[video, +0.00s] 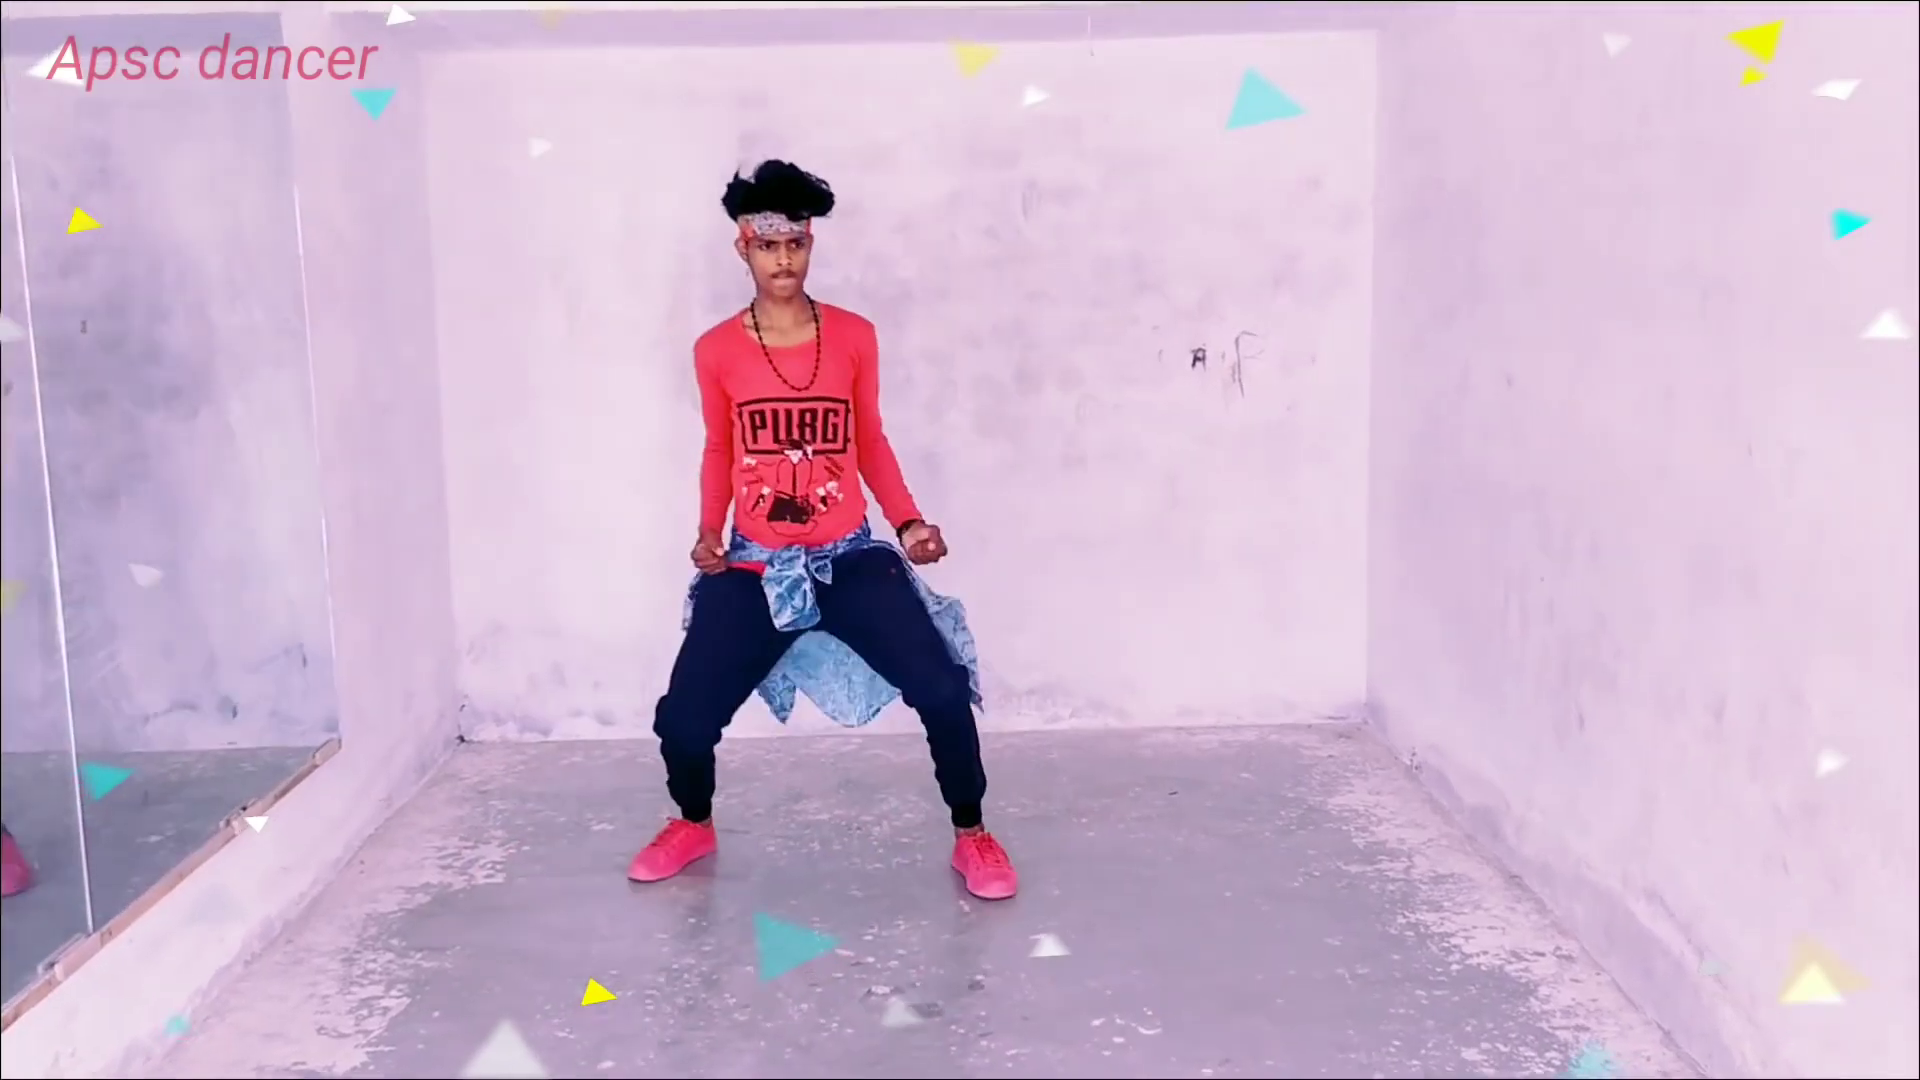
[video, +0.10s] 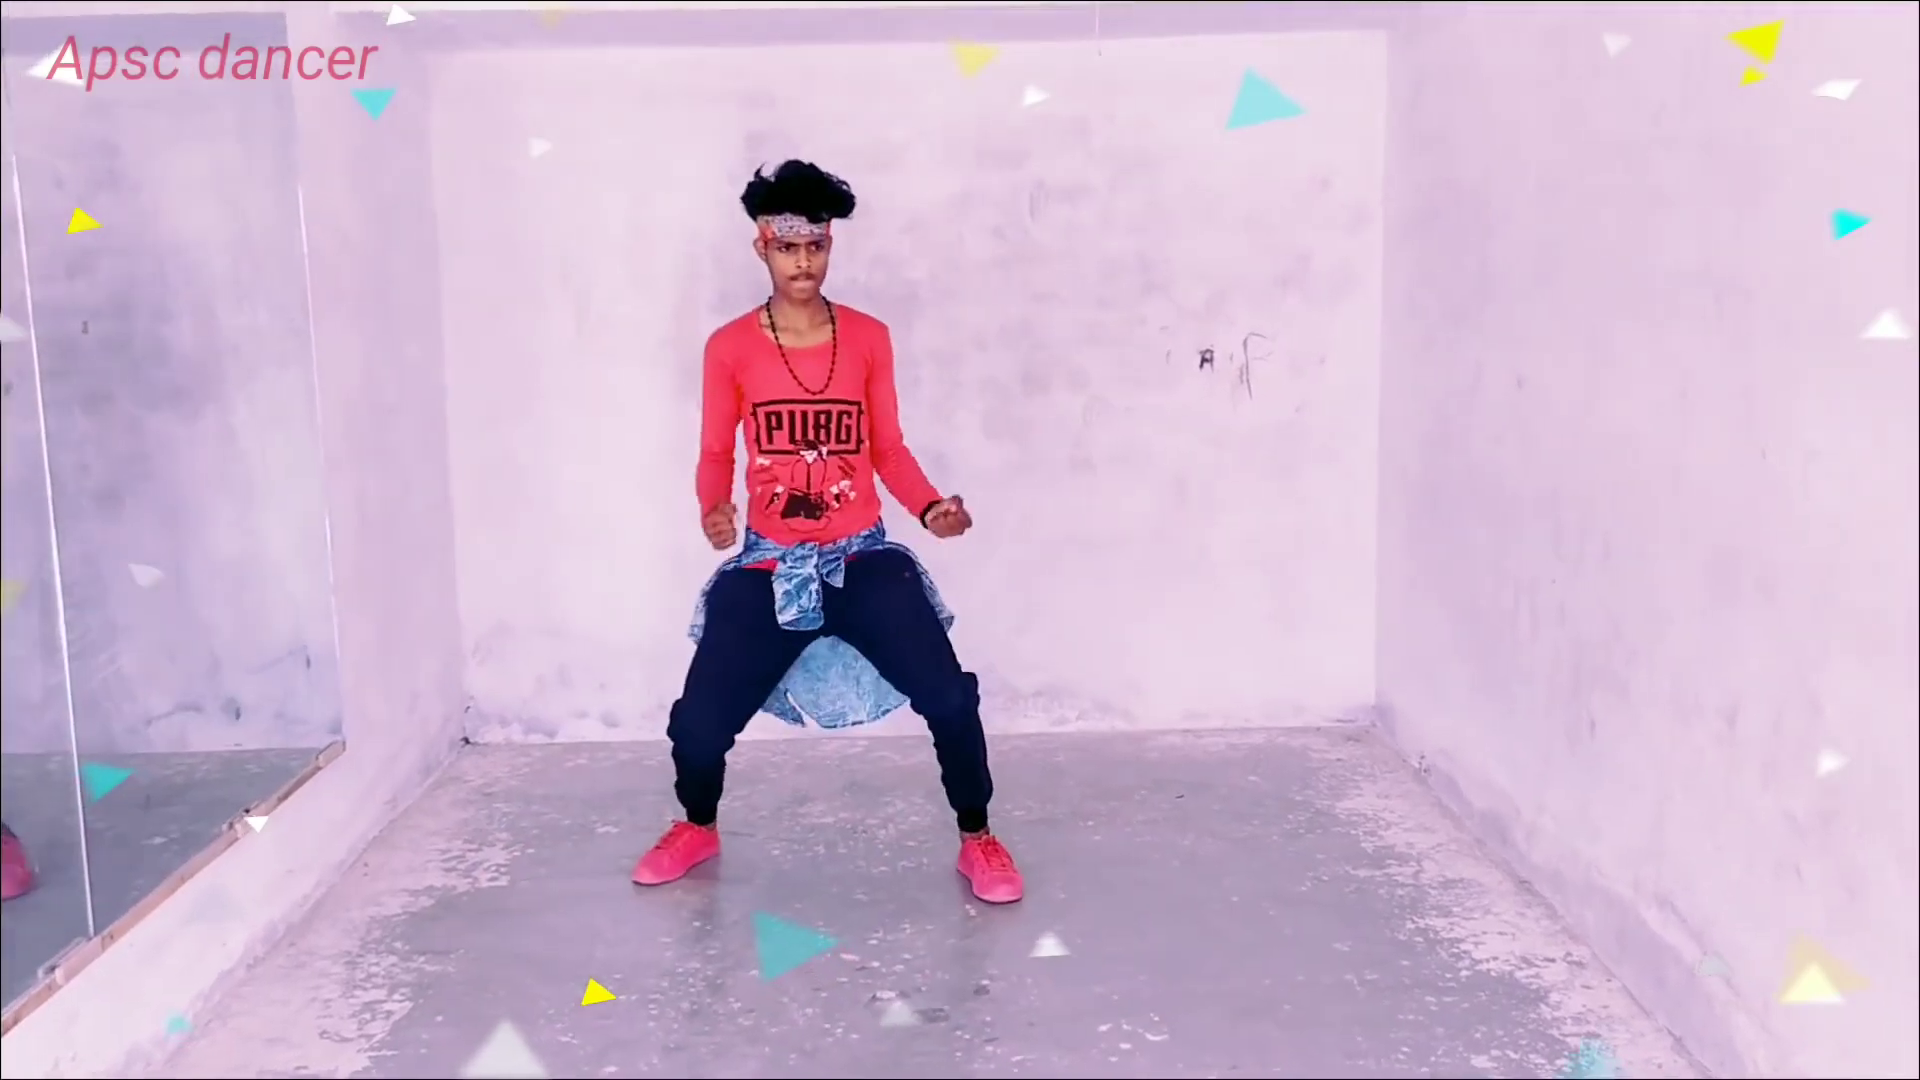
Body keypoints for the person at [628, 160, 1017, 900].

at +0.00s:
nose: (784, 259)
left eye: (796, 242)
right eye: (769, 244)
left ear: (812, 248)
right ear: (743, 249)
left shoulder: (853, 337)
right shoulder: (716, 350)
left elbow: (869, 440)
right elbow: (720, 446)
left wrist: (908, 522)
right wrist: (710, 530)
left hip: (847, 561)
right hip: (752, 566)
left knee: (944, 691)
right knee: (683, 721)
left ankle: (973, 835)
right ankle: (693, 825)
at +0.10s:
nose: (804, 263)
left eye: (816, 246)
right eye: (787, 247)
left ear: (832, 250)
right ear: (761, 251)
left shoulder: (867, 338)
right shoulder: (730, 347)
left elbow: (887, 447)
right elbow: (715, 454)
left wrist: (930, 505)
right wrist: (714, 506)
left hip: (861, 563)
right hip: (765, 568)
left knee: (950, 697)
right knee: (696, 728)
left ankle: (978, 838)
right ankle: (698, 828)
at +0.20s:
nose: (822, 269)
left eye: (834, 251)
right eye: (805, 253)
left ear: (850, 254)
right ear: (779, 257)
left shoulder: (884, 339)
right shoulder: (748, 343)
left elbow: (910, 454)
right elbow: (726, 460)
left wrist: (935, 464)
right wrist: (743, 484)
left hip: (877, 560)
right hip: (783, 563)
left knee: (955, 707)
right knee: (710, 729)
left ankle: (985, 842)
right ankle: (705, 831)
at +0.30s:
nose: (843, 267)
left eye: (855, 250)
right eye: (826, 252)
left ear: (872, 252)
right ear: (801, 256)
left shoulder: (909, 344)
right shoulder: (773, 352)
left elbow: (927, 473)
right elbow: (767, 465)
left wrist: (926, 443)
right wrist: (780, 516)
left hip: (892, 572)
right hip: (799, 575)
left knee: (973, 713)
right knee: (724, 738)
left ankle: (993, 845)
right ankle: (709, 834)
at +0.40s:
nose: (867, 263)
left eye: (878, 244)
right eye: (849, 248)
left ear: (897, 244)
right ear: (827, 251)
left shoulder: (931, 336)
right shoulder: (799, 348)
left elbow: (960, 446)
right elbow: (785, 461)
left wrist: (925, 471)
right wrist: (781, 510)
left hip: (910, 570)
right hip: (814, 570)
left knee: (985, 721)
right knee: (730, 735)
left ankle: (1000, 852)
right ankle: (711, 836)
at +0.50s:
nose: (881, 244)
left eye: (893, 226)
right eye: (863, 228)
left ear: (912, 226)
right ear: (839, 230)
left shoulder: (946, 307)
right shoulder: (812, 313)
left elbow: (986, 410)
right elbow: (750, 421)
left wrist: (997, 515)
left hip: (923, 546)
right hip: (826, 543)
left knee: (982, 717)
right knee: (723, 702)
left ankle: (1001, 855)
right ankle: (704, 824)